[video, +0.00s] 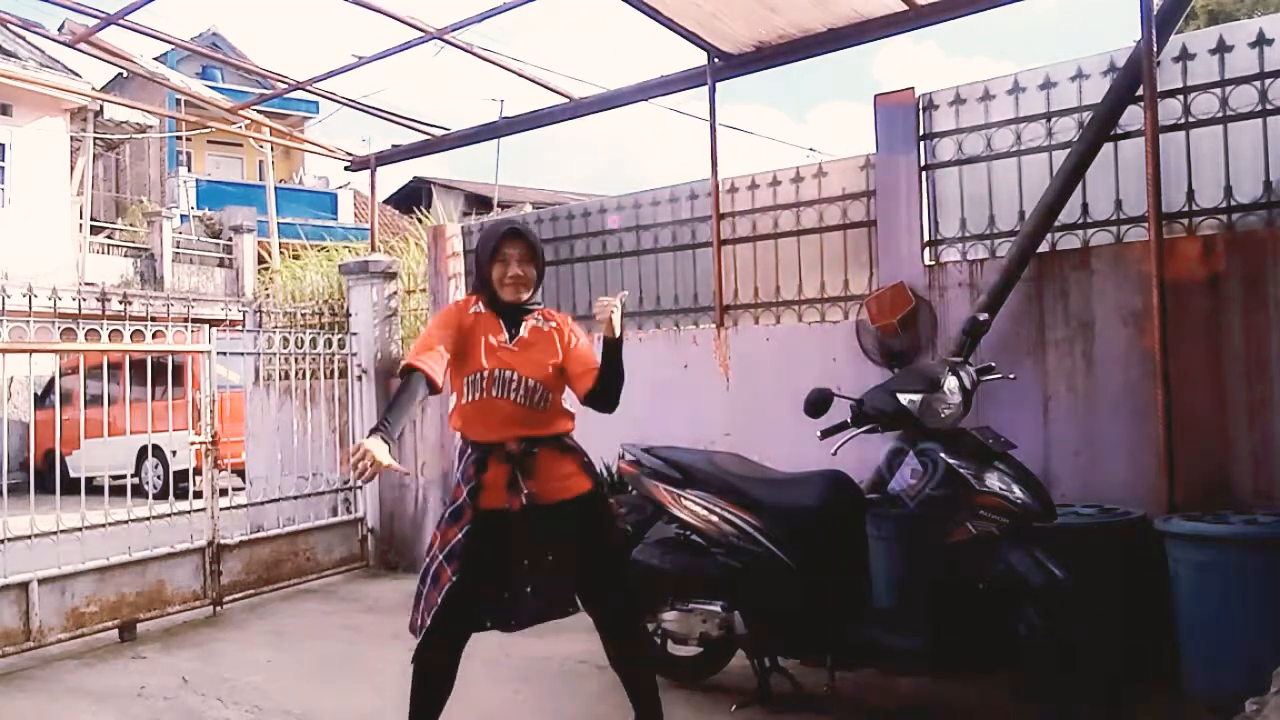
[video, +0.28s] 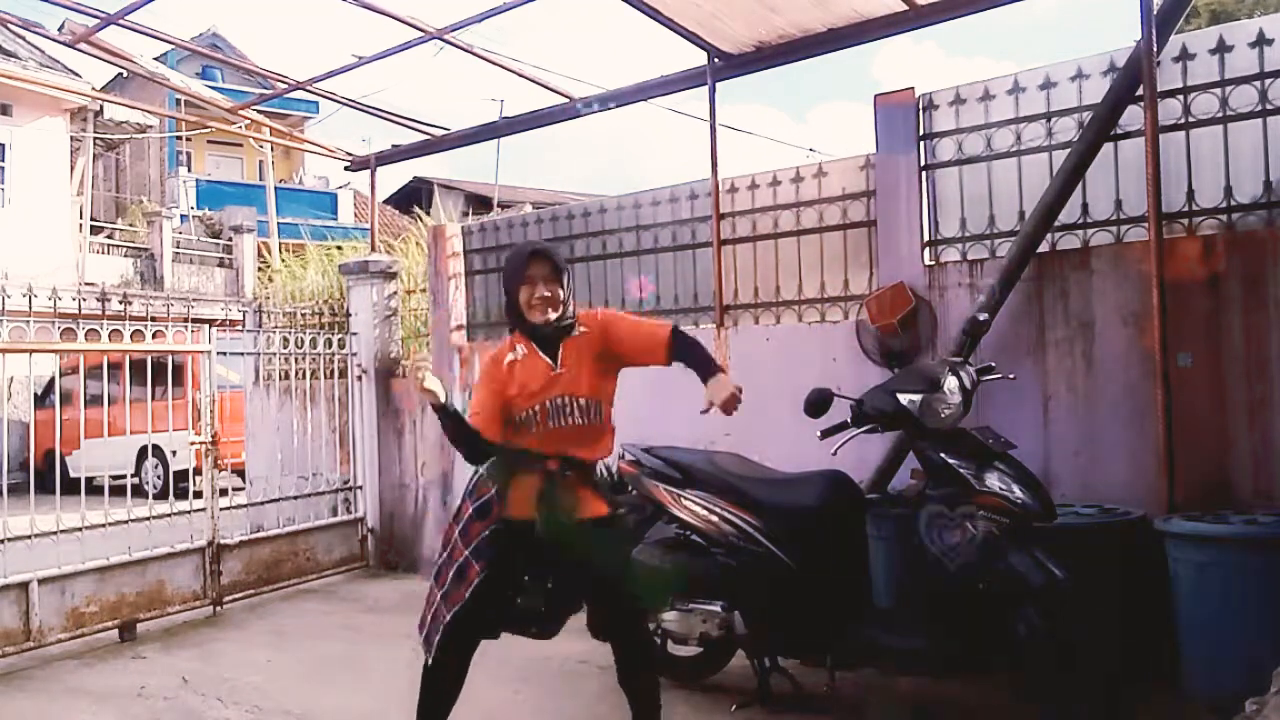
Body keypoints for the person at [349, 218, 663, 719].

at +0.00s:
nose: (517, 271)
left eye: (527, 261)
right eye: (504, 260)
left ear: (540, 270)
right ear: (485, 268)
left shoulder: (559, 328)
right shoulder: (460, 318)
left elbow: (604, 399)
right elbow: (419, 377)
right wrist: (383, 435)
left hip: (568, 494)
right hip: (488, 501)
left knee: (620, 622)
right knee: (443, 634)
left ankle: (651, 714)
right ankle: (420, 718)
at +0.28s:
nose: (542, 292)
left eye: (551, 282)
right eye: (530, 284)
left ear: (565, 288)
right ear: (513, 295)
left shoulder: (599, 331)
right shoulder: (500, 363)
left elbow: (672, 339)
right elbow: (480, 451)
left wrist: (715, 376)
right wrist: (443, 407)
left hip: (591, 513)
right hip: (517, 517)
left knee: (629, 626)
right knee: (458, 625)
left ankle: (646, 716)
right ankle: (428, 718)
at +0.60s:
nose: (507, 307)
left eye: (516, 297)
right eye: (495, 296)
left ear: (527, 305)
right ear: (473, 301)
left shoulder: (541, 376)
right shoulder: (453, 331)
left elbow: (547, 459)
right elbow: (406, 380)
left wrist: (565, 499)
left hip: (542, 527)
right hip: (477, 533)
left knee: (617, 617)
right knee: (419, 662)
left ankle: (642, 714)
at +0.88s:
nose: (535, 267)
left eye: (543, 256)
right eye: (522, 258)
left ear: (557, 261)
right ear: (503, 267)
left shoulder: (584, 317)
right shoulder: (483, 328)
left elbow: (647, 370)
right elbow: (447, 415)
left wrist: (641, 302)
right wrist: (408, 492)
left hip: (580, 490)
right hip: (503, 495)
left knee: (624, 625)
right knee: (454, 628)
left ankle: (647, 714)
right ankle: (424, 716)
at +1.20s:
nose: (560, 264)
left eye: (569, 254)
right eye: (547, 256)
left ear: (582, 260)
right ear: (532, 265)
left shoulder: (615, 315)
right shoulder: (514, 326)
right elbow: (483, 418)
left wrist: (658, 263)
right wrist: (439, 494)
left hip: (593, 489)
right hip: (516, 491)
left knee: (629, 618)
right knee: (461, 616)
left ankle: (645, 714)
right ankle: (422, 714)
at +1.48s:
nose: (531, 272)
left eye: (541, 262)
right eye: (520, 263)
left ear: (555, 267)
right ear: (505, 272)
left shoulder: (588, 316)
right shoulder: (486, 335)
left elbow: (661, 339)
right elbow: (450, 415)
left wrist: (729, 375)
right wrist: (415, 358)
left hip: (571, 477)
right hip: (497, 478)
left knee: (616, 610)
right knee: (456, 609)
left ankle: (644, 714)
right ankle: (420, 717)